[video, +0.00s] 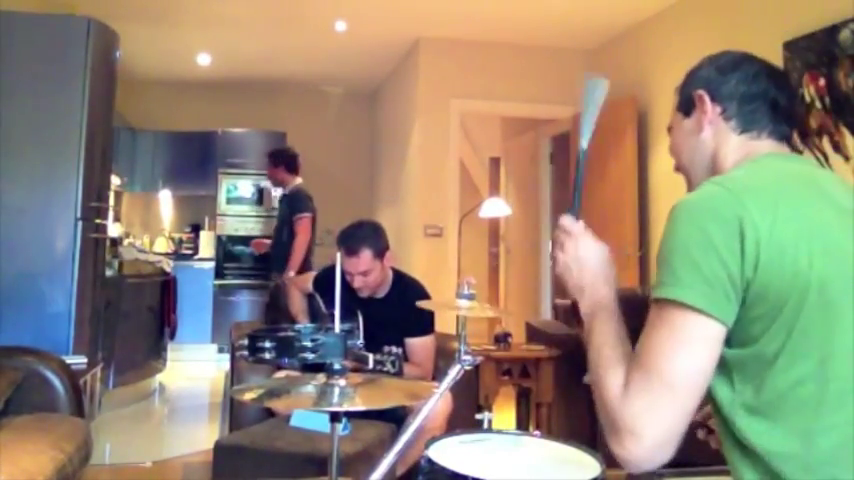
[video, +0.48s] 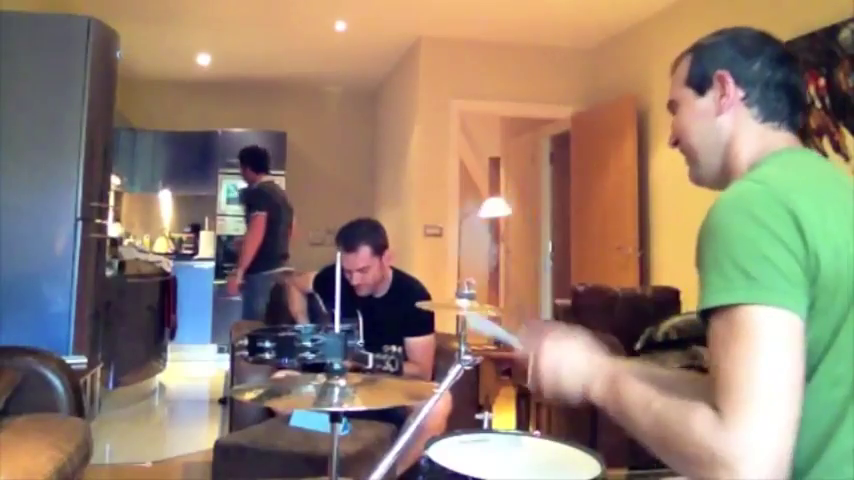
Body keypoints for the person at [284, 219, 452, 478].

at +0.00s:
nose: (356, 283)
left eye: (365, 274)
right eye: (349, 274)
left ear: (387, 261)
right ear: (341, 264)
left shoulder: (412, 295)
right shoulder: (333, 279)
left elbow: (423, 371)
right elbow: (293, 285)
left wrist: (369, 365)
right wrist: (306, 332)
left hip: (389, 388)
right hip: (335, 381)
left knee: (439, 402)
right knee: (281, 389)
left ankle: (389, 473)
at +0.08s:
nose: (357, 284)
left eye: (365, 275)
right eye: (349, 276)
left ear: (386, 261)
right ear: (341, 265)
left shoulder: (412, 295)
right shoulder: (333, 279)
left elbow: (423, 371)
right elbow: (293, 285)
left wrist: (368, 365)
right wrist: (306, 333)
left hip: (390, 388)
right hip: (336, 381)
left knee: (439, 402)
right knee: (281, 391)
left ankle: (389, 473)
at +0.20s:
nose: (356, 284)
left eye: (364, 275)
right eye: (349, 276)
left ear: (386, 261)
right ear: (341, 266)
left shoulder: (412, 295)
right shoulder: (333, 280)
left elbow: (423, 371)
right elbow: (292, 284)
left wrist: (369, 365)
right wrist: (305, 331)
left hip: (389, 390)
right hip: (335, 382)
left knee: (439, 402)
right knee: (281, 386)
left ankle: (389, 473)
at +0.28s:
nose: (355, 283)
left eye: (364, 273)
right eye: (348, 274)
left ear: (386, 260)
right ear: (340, 264)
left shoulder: (412, 295)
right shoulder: (333, 280)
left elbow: (423, 371)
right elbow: (293, 285)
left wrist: (368, 365)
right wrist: (306, 332)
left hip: (389, 388)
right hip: (335, 380)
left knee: (439, 402)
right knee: (281, 384)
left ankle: (390, 473)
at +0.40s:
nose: (355, 281)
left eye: (363, 271)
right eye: (348, 272)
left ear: (386, 259)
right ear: (341, 262)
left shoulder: (412, 294)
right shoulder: (333, 279)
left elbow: (423, 371)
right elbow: (294, 283)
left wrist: (367, 364)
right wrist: (304, 329)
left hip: (388, 388)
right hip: (335, 381)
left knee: (438, 402)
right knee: (280, 385)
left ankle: (389, 473)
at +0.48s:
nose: (355, 280)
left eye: (363, 271)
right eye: (348, 271)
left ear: (386, 259)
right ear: (341, 262)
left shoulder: (412, 295)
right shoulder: (332, 280)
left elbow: (423, 371)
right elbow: (294, 284)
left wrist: (367, 364)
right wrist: (304, 330)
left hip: (388, 388)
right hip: (335, 380)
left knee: (438, 403)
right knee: (281, 385)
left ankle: (389, 473)